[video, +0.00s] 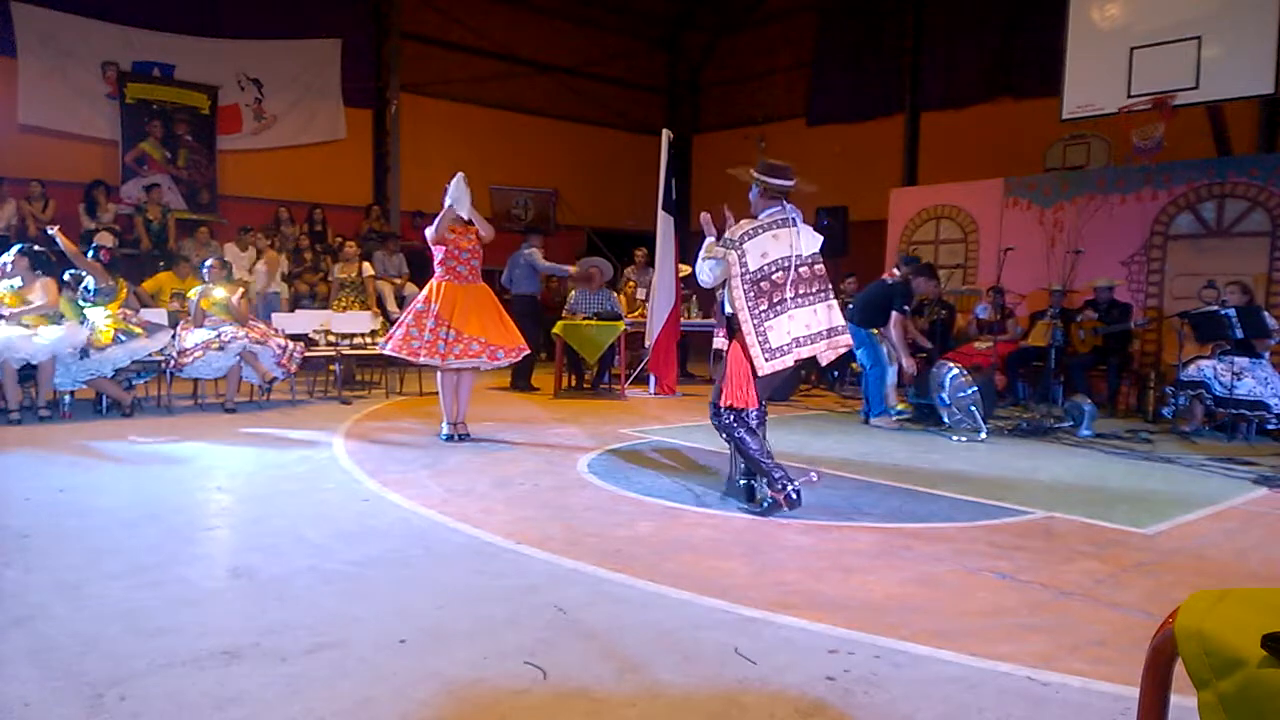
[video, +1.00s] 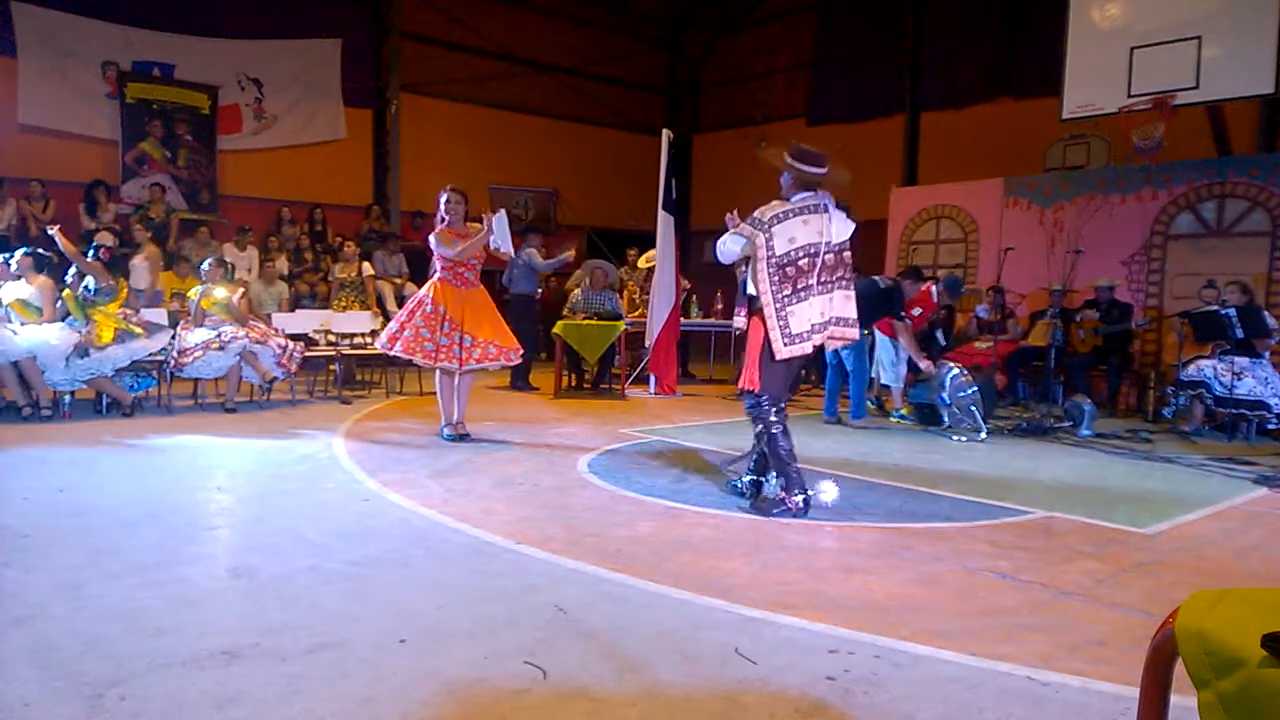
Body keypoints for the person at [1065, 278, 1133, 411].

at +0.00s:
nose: (1099, 295)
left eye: (1103, 291)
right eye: (1097, 291)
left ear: (1111, 292)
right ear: (1094, 292)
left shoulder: (1123, 308)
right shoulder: (1090, 305)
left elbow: (1118, 321)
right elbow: (1070, 315)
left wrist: (1097, 317)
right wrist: (1079, 316)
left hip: (1116, 350)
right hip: (1096, 348)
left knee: (1114, 367)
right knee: (1076, 364)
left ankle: (1111, 404)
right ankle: (1084, 400)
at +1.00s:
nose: (1099, 294)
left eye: (1103, 291)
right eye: (1097, 291)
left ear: (1111, 292)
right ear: (1095, 292)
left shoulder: (1124, 308)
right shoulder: (1090, 305)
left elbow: (1119, 320)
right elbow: (1067, 314)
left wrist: (1098, 317)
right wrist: (1079, 316)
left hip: (1116, 350)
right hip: (1096, 349)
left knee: (1115, 366)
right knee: (1075, 363)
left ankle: (1111, 404)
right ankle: (1084, 400)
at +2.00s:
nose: (1097, 295)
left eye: (1101, 292)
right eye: (1096, 292)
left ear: (1110, 292)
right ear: (1094, 292)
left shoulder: (1124, 308)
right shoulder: (1091, 305)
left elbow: (1118, 320)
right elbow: (1068, 315)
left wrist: (1097, 315)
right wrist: (1079, 315)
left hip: (1117, 349)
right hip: (1096, 348)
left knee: (1114, 365)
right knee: (1076, 362)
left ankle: (1111, 403)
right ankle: (1083, 399)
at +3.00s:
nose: (1104, 294)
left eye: (1108, 291)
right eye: (1101, 291)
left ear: (1114, 292)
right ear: (1097, 292)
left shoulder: (1125, 308)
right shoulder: (1092, 306)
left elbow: (1118, 320)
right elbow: (1068, 317)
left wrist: (1099, 312)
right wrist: (1082, 311)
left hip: (1117, 349)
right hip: (1096, 349)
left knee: (1114, 365)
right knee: (1077, 362)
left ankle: (1111, 403)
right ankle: (1083, 399)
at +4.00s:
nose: (1111, 294)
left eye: (1114, 291)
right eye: (1108, 291)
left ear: (1118, 292)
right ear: (1101, 293)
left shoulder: (1126, 308)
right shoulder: (1093, 304)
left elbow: (1121, 320)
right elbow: (1067, 316)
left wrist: (1102, 311)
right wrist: (1084, 312)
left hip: (1117, 349)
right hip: (1096, 348)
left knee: (1114, 365)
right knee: (1077, 362)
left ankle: (1111, 404)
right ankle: (1082, 400)